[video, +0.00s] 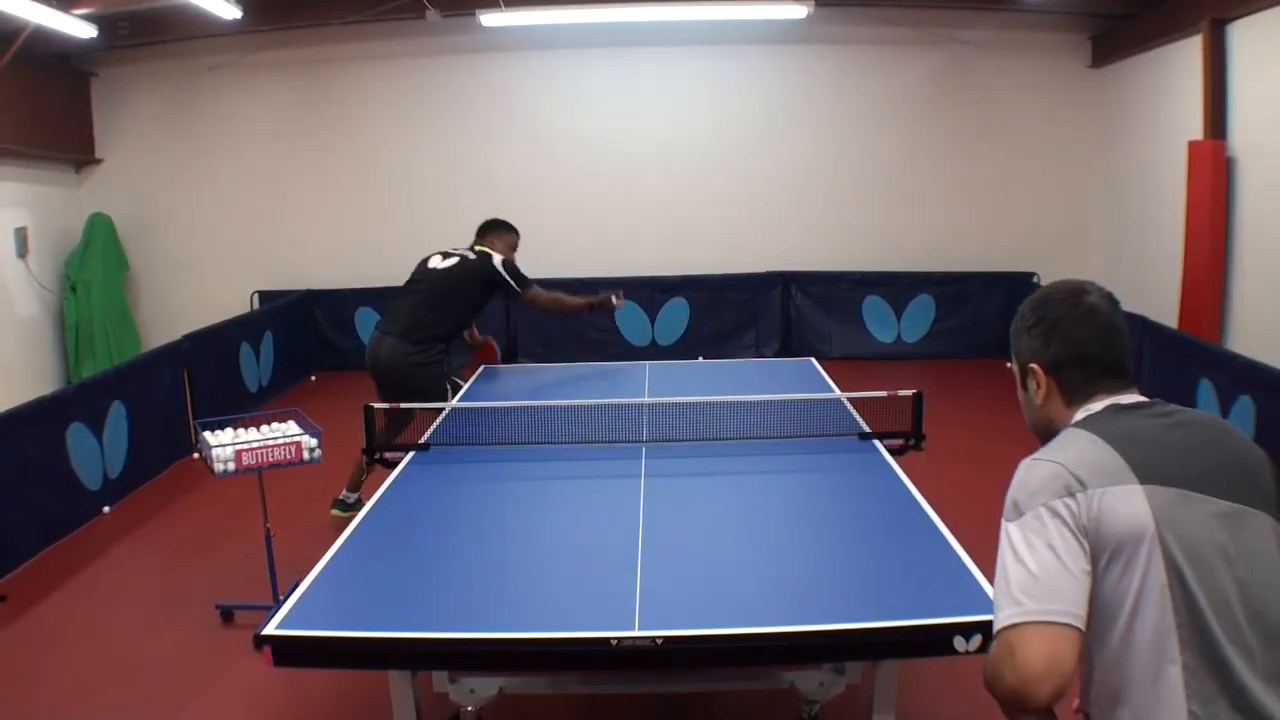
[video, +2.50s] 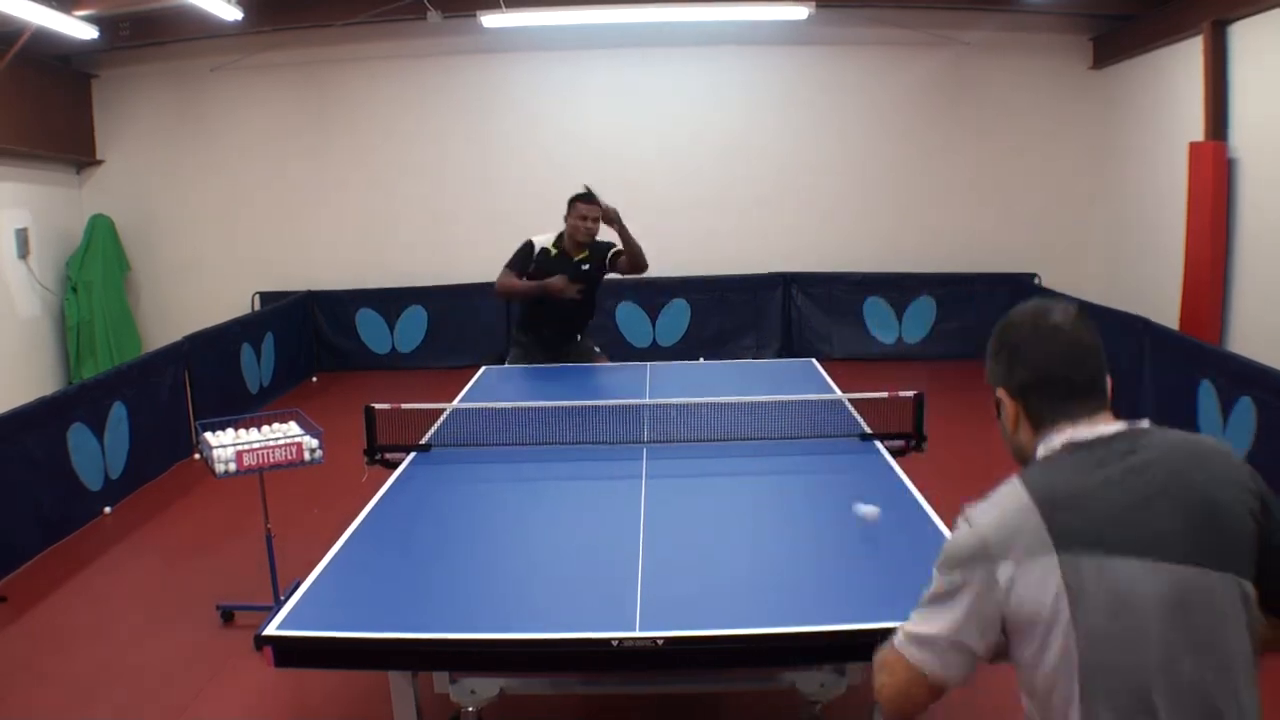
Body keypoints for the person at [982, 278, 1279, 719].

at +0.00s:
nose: (1019, 394)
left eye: (1017, 378)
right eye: (1016, 377)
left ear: (1038, 382)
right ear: (1124, 362)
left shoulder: (1060, 471)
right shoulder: (1241, 447)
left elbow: (1034, 678)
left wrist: (1003, 670)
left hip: (1146, 709)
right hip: (1264, 705)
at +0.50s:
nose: (1038, 361)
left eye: (1037, 344)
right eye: (1037, 344)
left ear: (1059, 346)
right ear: (1142, 330)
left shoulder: (1088, 443)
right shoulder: (1239, 419)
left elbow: (1072, 649)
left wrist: (1012, 636)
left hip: (1162, 705)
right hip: (1265, 700)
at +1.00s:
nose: (992, 332)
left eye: (991, 316)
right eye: (990, 315)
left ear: (1012, 317)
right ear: (1091, 301)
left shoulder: (1019, 418)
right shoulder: (1199, 401)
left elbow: (922, 598)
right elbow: (1254, 549)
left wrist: (880, 571)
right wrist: (1160, 586)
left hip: (1084, 703)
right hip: (1212, 700)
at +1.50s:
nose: (848, 372)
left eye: (848, 364)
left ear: (851, 376)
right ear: (934, 366)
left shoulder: (814, 446)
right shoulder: (1007, 425)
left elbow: (704, 501)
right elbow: (1117, 519)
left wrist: (782, 482)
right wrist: (1153, 582)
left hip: (890, 695)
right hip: (1021, 693)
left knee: (819, 699)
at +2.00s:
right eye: (957, 353)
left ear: (866, 366)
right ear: (954, 364)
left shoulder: (821, 441)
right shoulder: (1004, 427)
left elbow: (757, 533)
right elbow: (1102, 553)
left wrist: (815, 482)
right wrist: (1165, 642)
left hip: (867, 698)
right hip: (997, 699)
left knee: (825, 677)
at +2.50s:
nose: (1000, 423)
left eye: (997, 409)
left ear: (1010, 410)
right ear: (1108, 387)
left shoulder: (1002, 526)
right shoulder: (1227, 471)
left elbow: (898, 693)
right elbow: (1269, 623)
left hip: (1079, 708)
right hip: (1226, 708)